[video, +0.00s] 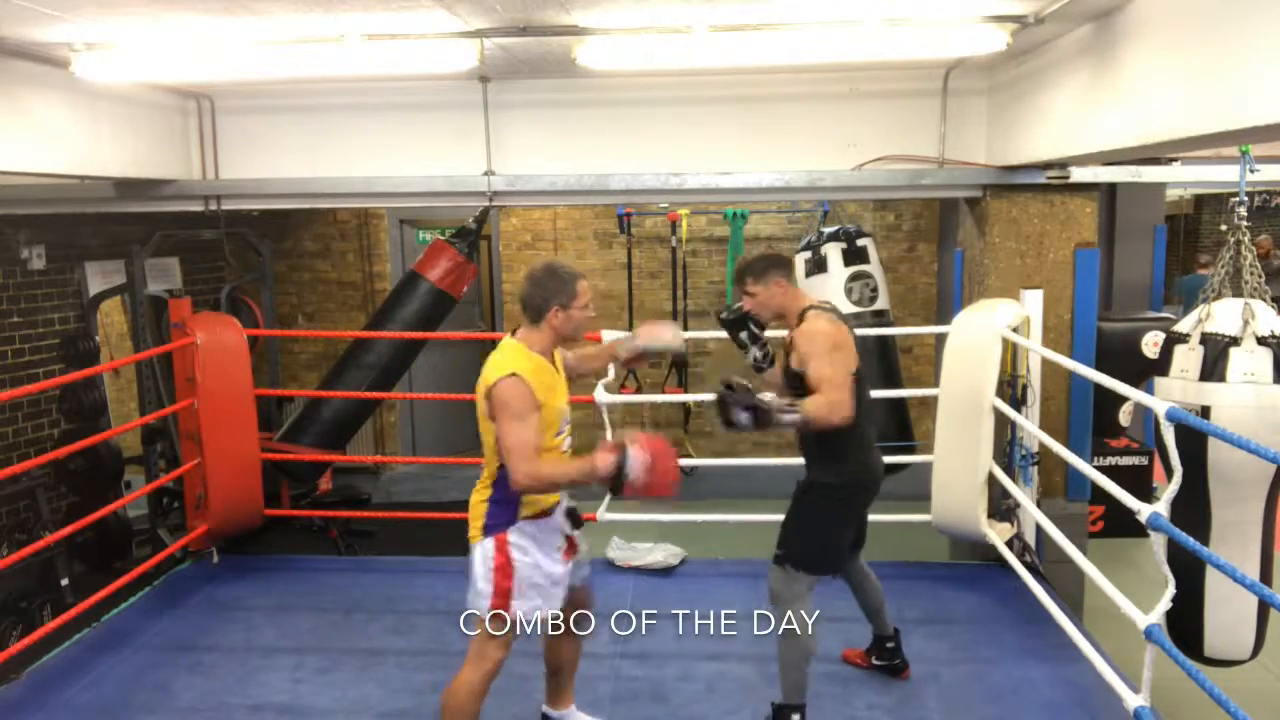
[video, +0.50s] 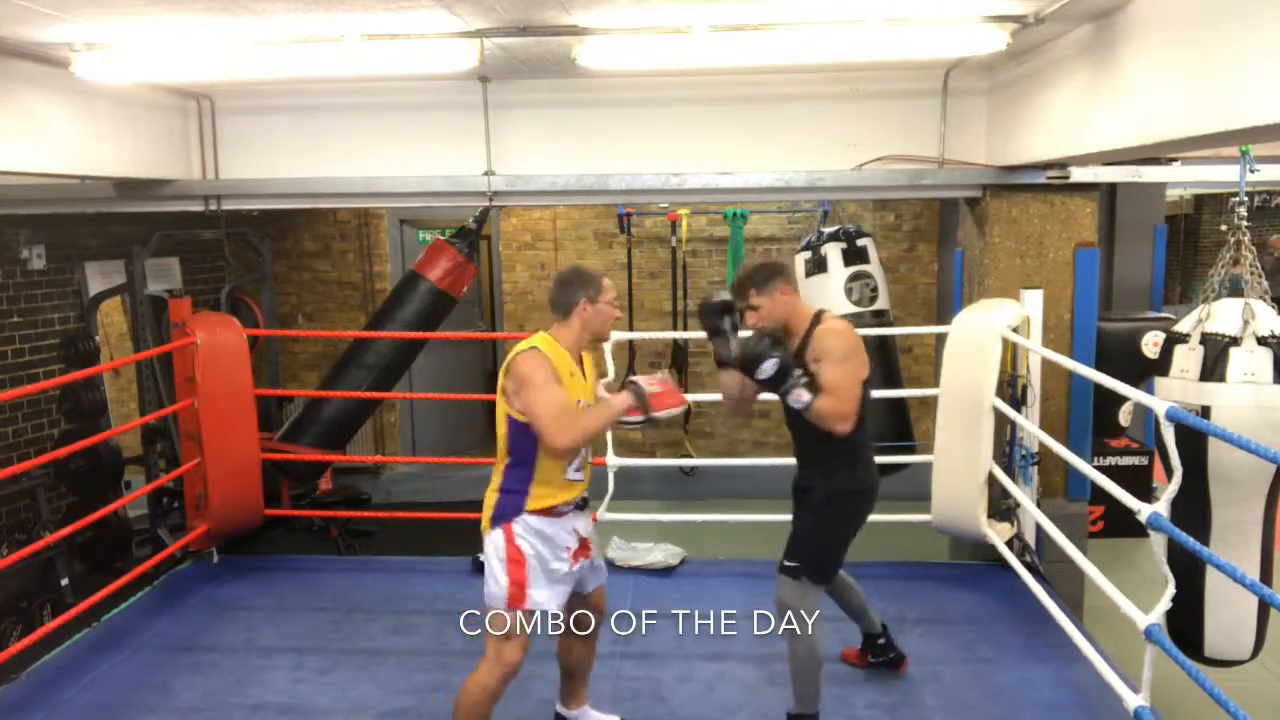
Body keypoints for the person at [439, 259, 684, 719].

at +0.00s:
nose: (590, 314)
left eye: (589, 304)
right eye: (584, 306)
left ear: (552, 313)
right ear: (555, 315)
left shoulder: (545, 352)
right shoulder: (512, 380)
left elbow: (576, 362)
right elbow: (524, 473)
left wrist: (631, 344)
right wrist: (599, 464)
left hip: (548, 515)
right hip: (508, 527)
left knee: (574, 610)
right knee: (488, 653)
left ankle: (559, 708)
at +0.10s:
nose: (587, 312)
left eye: (585, 302)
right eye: (580, 304)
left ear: (551, 314)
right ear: (551, 314)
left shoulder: (555, 352)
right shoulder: (495, 373)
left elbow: (600, 370)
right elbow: (512, 462)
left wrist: (651, 342)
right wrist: (587, 421)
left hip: (551, 513)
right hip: (500, 526)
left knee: (578, 609)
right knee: (483, 652)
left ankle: (568, 704)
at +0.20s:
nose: (588, 311)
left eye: (587, 301)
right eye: (581, 303)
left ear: (552, 312)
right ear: (553, 312)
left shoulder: (558, 355)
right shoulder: (502, 373)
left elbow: (586, 410)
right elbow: (539, 451)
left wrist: (645, 390)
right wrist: (583, 391)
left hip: (549, 517)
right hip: (501, 531)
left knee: (570, 617)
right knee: (486, 659)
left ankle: (571, 708)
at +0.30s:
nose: (596, 312)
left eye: (595, 302)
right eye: (591, 303)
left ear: (550, 309)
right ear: (566, 309)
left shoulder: (519, 353)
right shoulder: (548, 367)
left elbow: (552, 434)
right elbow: (599, 431)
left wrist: (616, 426)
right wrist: (631, 388)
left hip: (542, 519)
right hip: (515, 526)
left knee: (569, 612)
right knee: (494, 657)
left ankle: (570, 708)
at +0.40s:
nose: (605, 311)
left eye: (604, 301)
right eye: (600, 302)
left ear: (566, 307)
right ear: (574, 307)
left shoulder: (537, 355)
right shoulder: (549, 363)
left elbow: (552, 443)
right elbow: (612, 433)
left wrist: (608, 451)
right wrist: (652, 374)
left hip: (555, 519)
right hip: (520, 528)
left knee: (576, 612)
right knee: (500, 655)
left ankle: (570, 708)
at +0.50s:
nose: (617, 314)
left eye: (616, 304)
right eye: (611, 304)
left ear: (583, 307)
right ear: (583, 307)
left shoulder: (584, 358)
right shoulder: (531, 361)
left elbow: (583, 411)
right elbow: (560, 434)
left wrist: (633, 399)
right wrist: (624, 399)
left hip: (569, 514)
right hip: (521, 523)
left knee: (588, 609)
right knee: (505, 656)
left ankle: (573, 708)